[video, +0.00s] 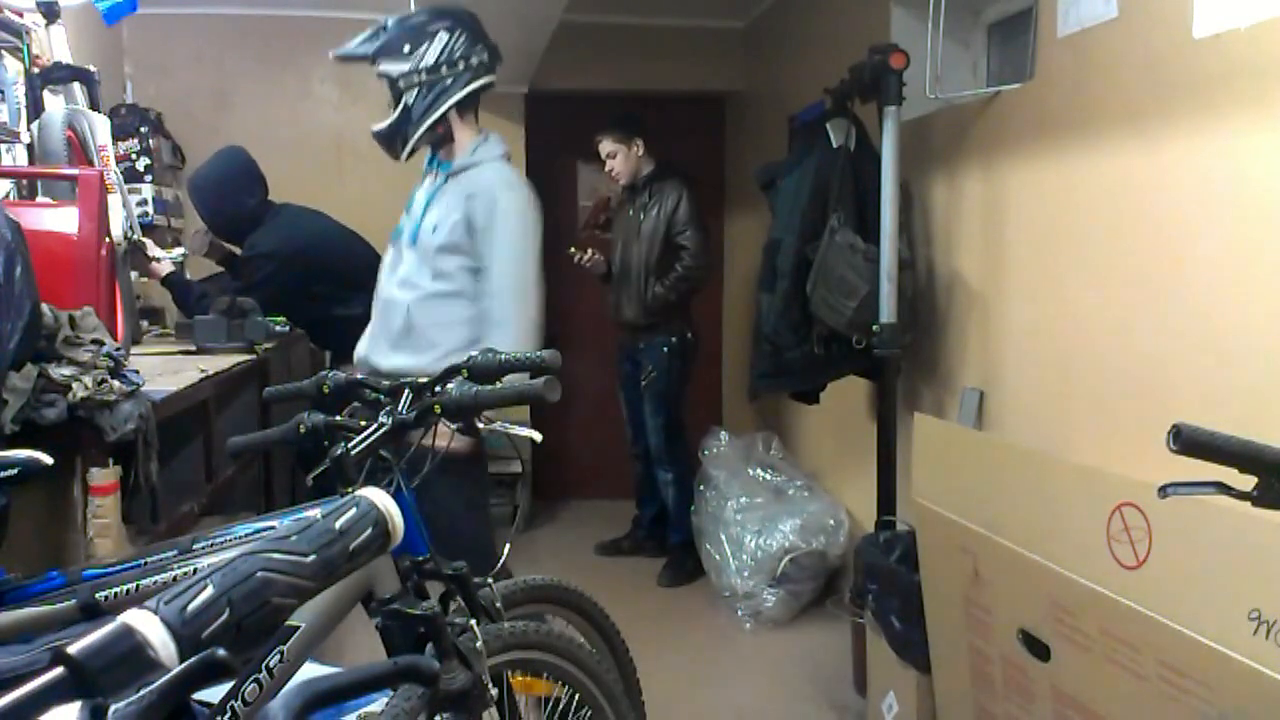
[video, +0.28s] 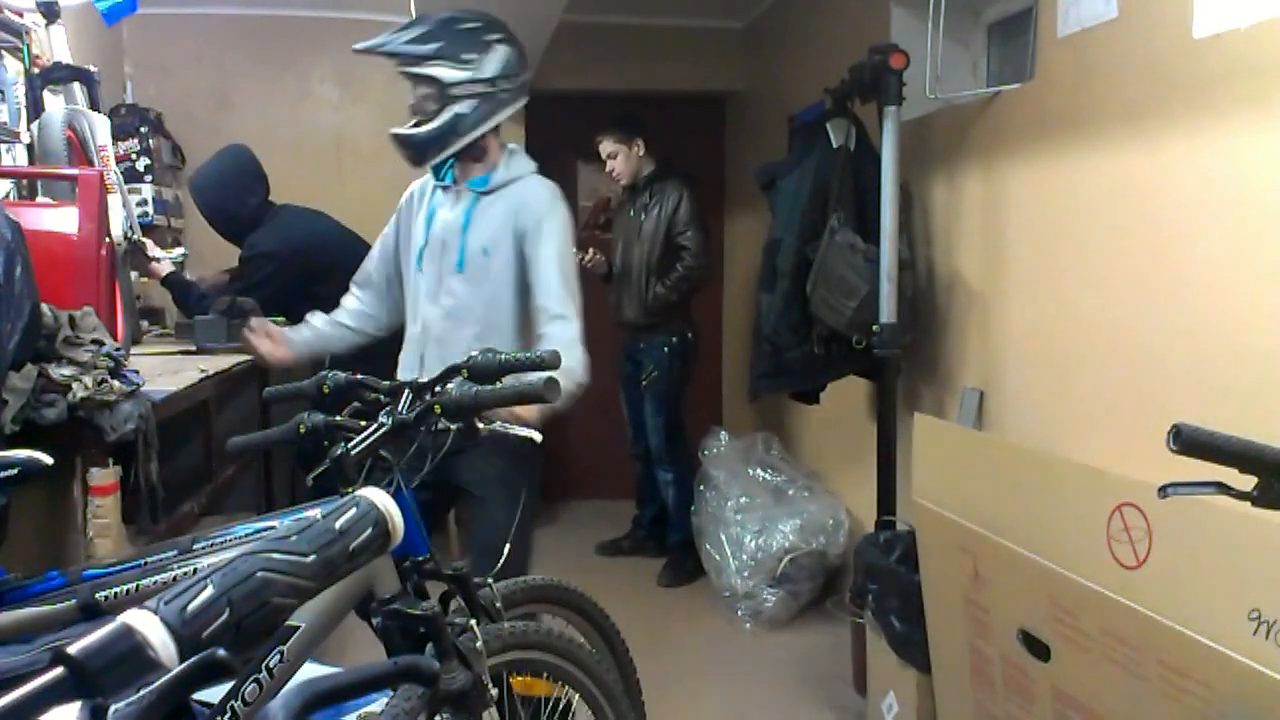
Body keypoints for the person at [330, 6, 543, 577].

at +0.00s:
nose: (392, 103)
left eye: (398, 86)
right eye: (392, 87)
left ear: (434, 87)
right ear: (441, 88)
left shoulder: (500, 189)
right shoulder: (436, 181)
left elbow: (513, 318)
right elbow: (405, 292)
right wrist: (363, 368)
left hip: (444, 412)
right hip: (392, 403)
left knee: (465, 575)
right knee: (408, 568)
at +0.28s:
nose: (413, 107)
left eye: (427, 94)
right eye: (413, 93)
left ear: (475, 97)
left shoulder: (535, 200)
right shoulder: (421, 197)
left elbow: (562, 327)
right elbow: (375, 303)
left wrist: (540, 396)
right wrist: (294, 344)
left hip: (497, 428)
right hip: (416, 418)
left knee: (493, 595)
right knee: (387, 572)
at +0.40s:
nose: (450, 96)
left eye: (466, 82)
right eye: (442, 81)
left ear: (511, 83)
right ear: (433, 81)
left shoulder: (559, 194)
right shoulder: (429, 187)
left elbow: (576, 315)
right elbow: (409, 302)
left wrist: (564, 412)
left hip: (499, 412)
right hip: (414, 404)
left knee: (514, 576)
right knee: (386, 559)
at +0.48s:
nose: (474, 96)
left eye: (492, 81)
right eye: (464, 80)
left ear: (534, 84)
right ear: (449, 80)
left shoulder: (571, 194)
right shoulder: (431, 180)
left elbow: (587, 315)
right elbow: (403, 296)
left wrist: (584, 408)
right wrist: (361, 373)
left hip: (504, 403)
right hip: (415, 395)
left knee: (514, 573)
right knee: (377, 543)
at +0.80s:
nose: (516, 115)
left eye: (532, 104)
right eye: (503, 94)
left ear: (548, 110)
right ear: (464, 87)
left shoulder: (547, 211)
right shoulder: (390, 176)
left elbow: (557, 321)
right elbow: (347, 293)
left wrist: (563, 408)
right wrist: (329, 385)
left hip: (495, 410)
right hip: (388, 402)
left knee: (524, 574)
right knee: (359, 568)